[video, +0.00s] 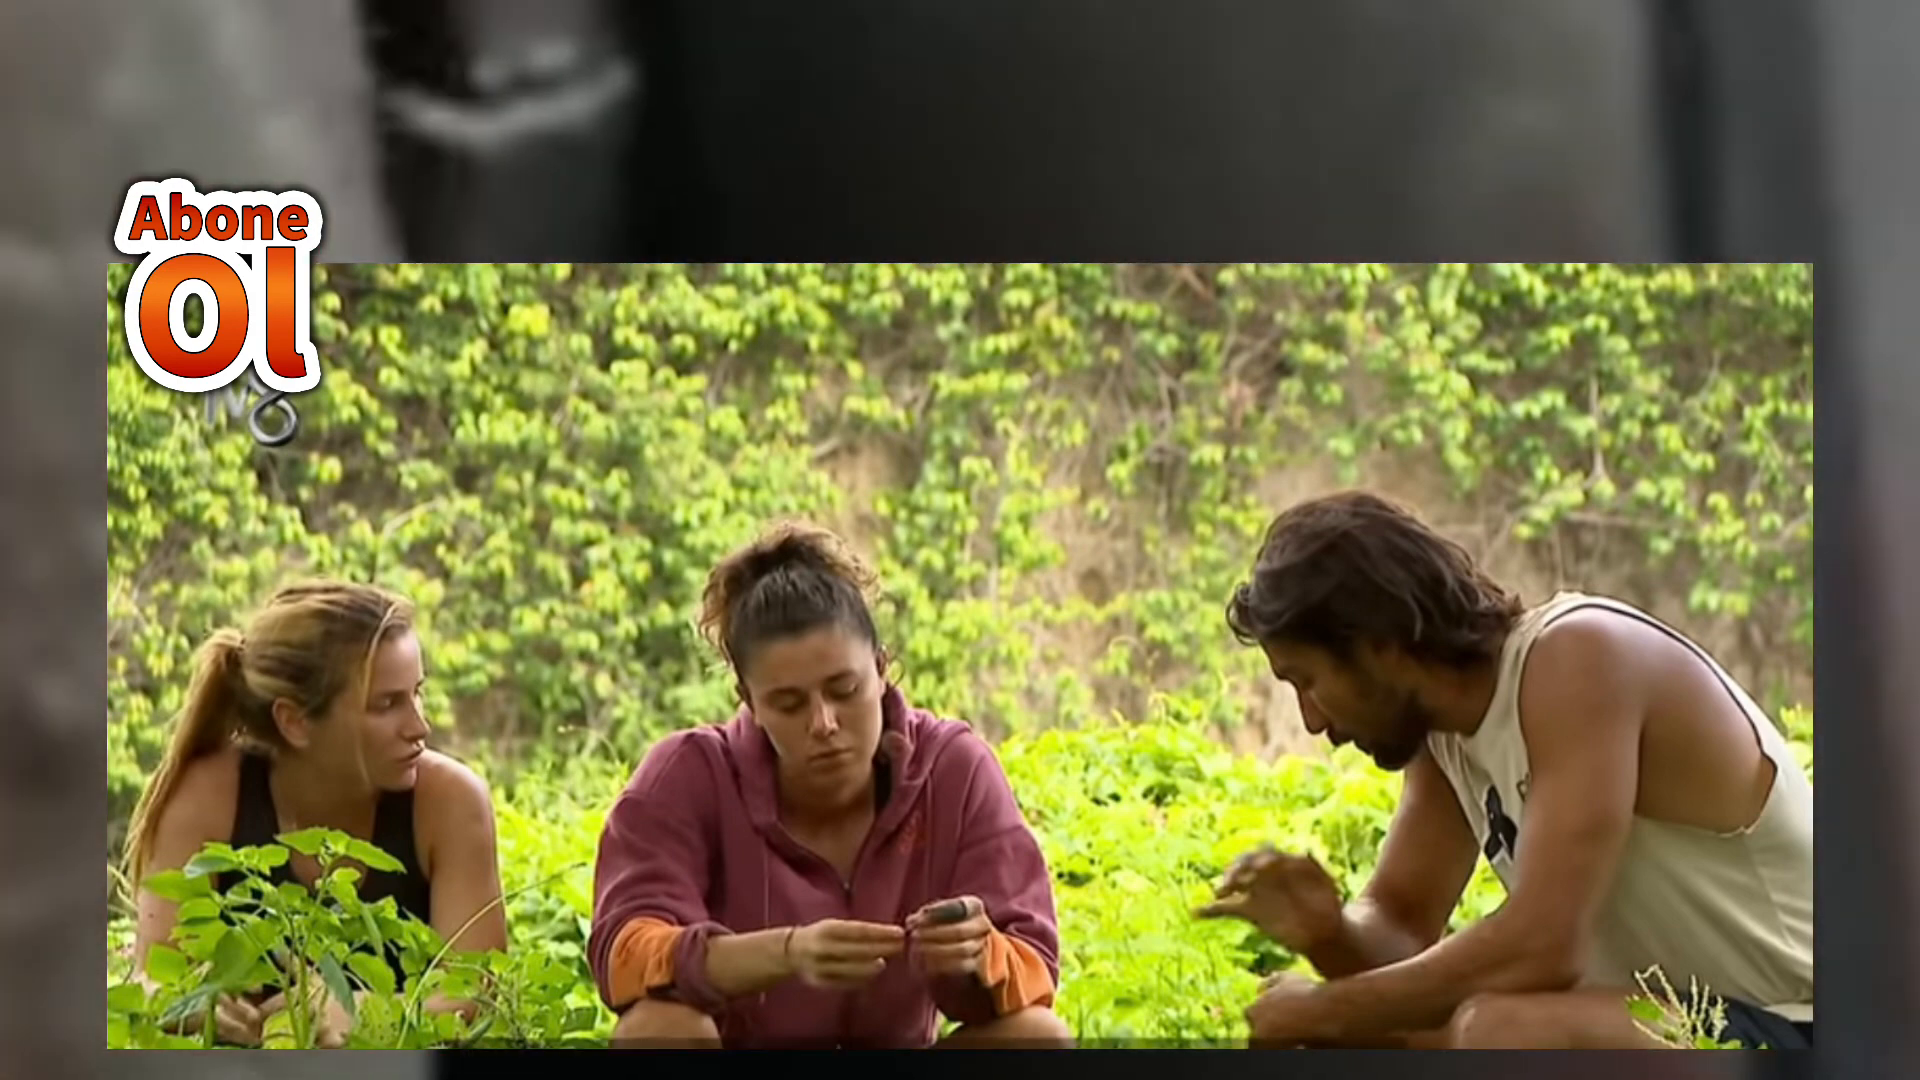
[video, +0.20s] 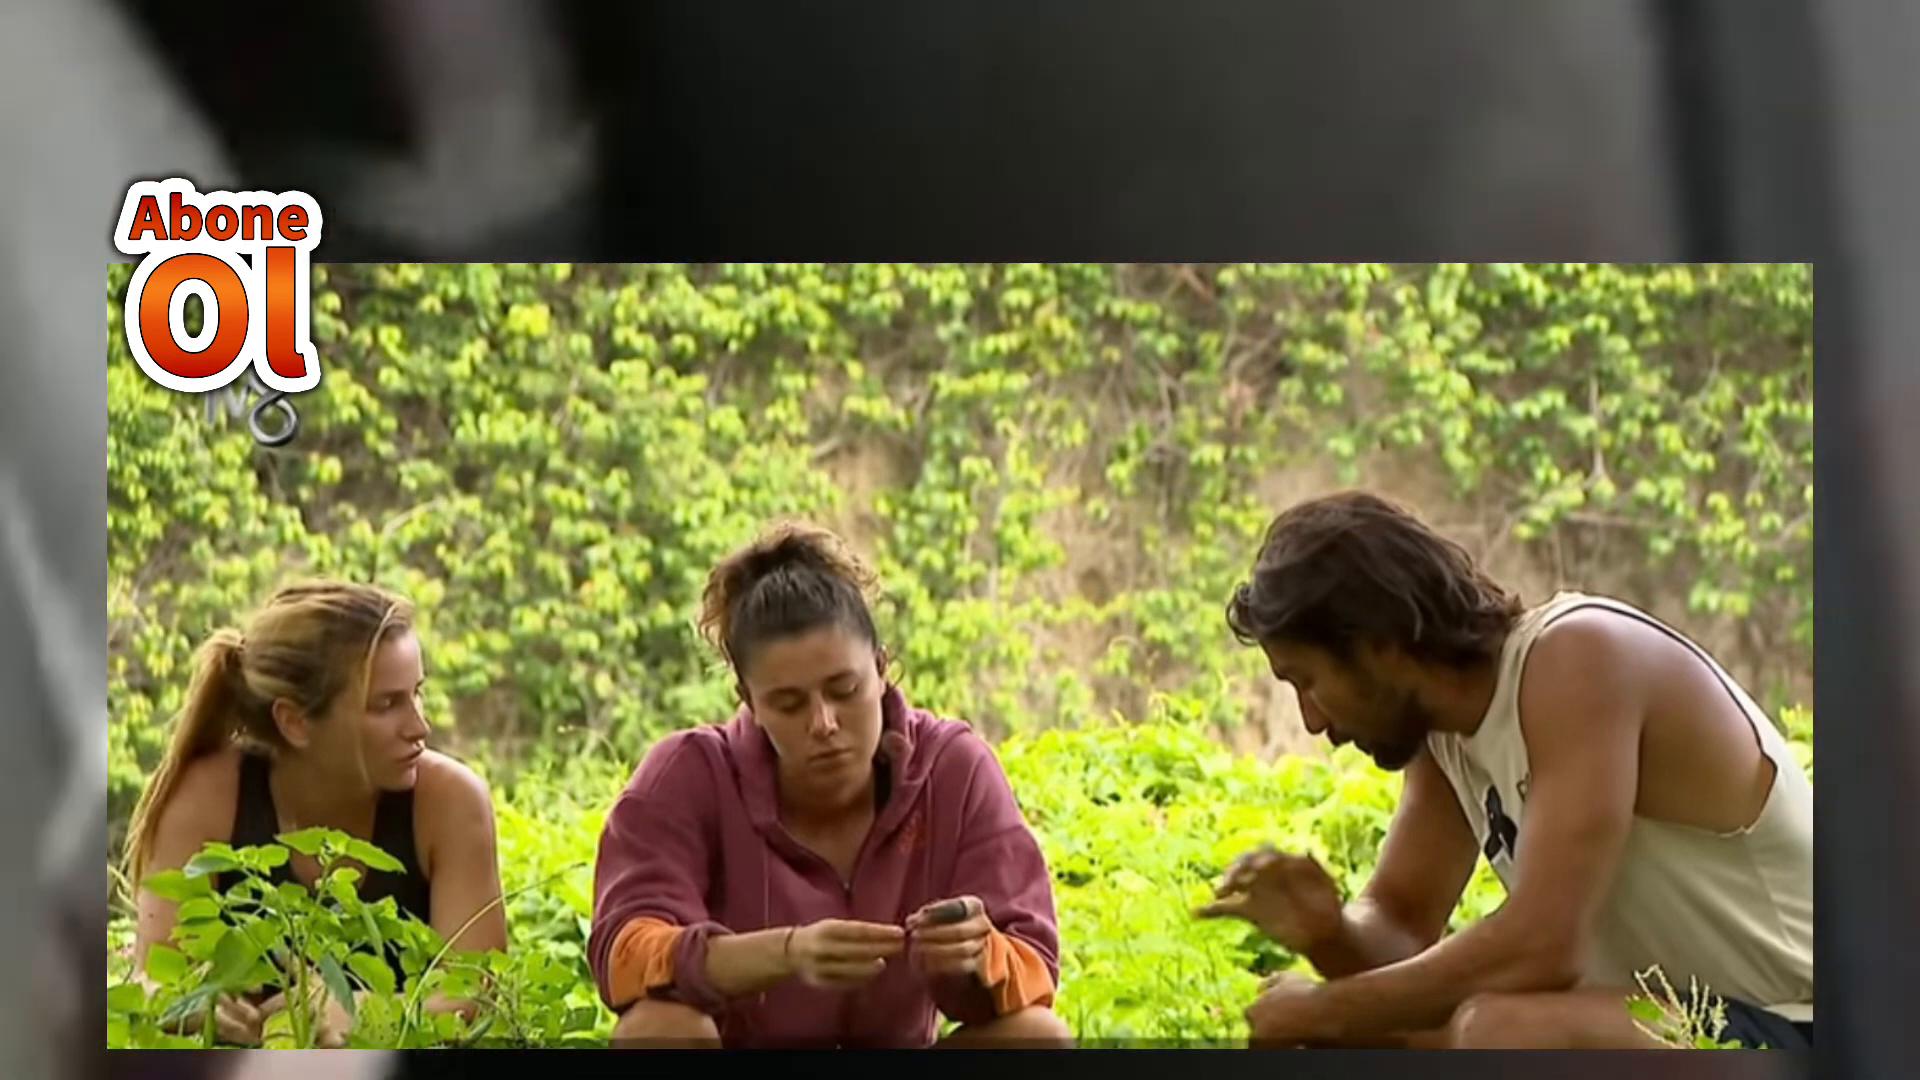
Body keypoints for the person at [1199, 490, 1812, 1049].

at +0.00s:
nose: (1310, 723)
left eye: (1306, 686)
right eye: (1295, 692)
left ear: (1385, 643)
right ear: (1385, 644)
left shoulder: (1584, 656)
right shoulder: (1451, 731)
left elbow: (1540, 950)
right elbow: (1403, 925)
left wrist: (1325, 1014)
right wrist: (1330, 933)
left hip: (1791, 1019)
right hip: (1661, 1006)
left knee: (1503, 1025)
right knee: (1379, 1027)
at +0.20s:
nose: (1311, 723)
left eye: (1306, 686)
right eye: (1295, 693)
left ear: (1383, 642)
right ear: (1383, 643)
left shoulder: (1584, 656)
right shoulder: (1450, 731)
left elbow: (1539, 950)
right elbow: (1403, 924)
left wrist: (1325, 1014)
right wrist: (1330, 933)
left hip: (1790, 1020)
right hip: (1658, 1006)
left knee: (1502, 1026)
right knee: (1379, 1027)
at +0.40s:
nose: (1311, 723)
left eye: (1306, 686)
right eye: (1295, 693)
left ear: (1383, 642)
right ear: (1383, 643)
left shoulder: (1584, 656)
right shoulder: (1450, 730)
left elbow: (1539, 950)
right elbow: (1403, 924)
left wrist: (1325, 1014)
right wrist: (1330, 933)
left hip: (1788, 1019)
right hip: (1656, 1004)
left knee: (1501, 1026)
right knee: (1377, 1029)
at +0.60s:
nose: (1310, 723)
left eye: (1306, 686)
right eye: (1295, 693)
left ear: (1385, 643)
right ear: (1385, 645)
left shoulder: (1584, 656)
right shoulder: (1451, 731)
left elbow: (1540, 950)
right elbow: (1403, 924)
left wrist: (1324, 1014)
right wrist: (1331, 933)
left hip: (1788, 1020)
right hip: (1659, 1004)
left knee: (1499, 1027)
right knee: (1378, 1027)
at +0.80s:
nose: (1310, 723)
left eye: (1306, 686)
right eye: (1295, 692)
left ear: (1385, 643)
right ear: (1385, 645)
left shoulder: (1584, 656)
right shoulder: (1451, 731)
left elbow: (1539, 950)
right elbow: (1402, 925)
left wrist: (1322, 1014)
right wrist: (1331, 933)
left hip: (1793, 1020)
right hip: (1658, 1005)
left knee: (1502, 1026)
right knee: (1364, 1034)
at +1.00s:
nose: (1310, 723)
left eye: (1305, 686)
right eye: (1295, 693)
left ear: (1385, 643)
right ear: (1385, 645)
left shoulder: (1584, 656)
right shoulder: (1451, 731)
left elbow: (1540, 950)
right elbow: (1403, 925)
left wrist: (1323, 1014)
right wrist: (1331, 933)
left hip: (1791, 1020)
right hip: (1659, 1004)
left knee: (1502, 1026)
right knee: (1375, 1032)